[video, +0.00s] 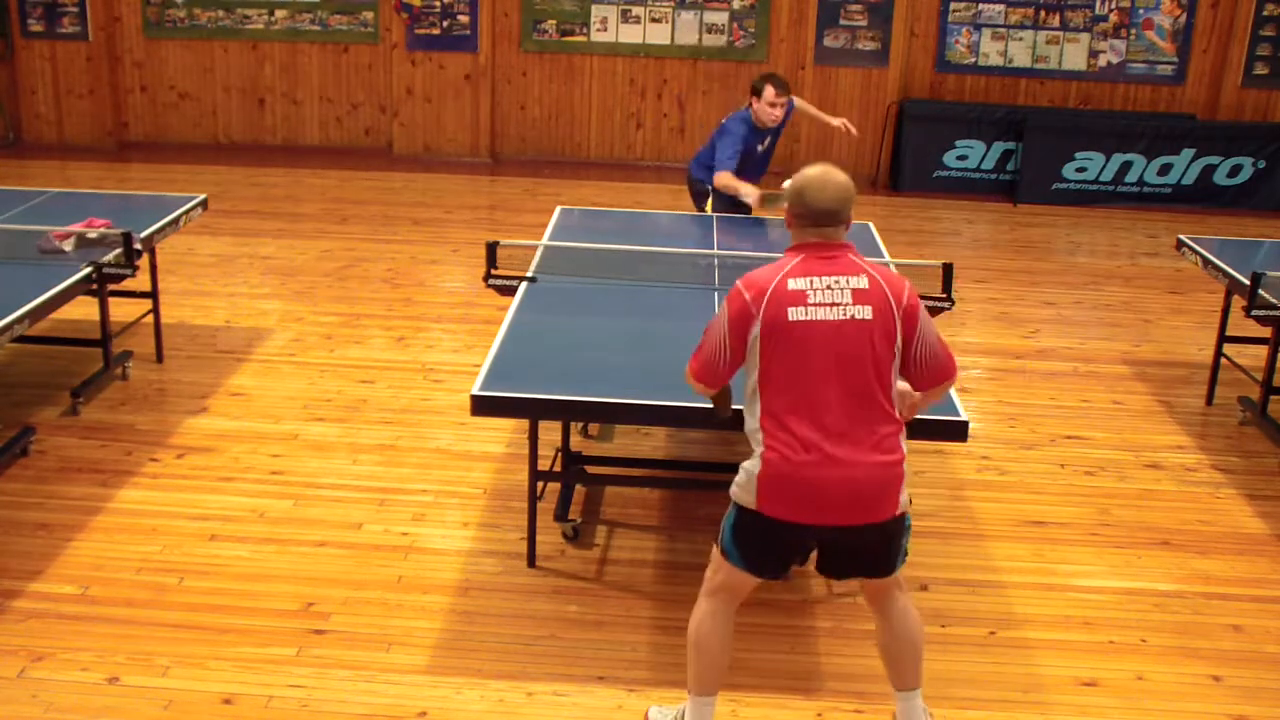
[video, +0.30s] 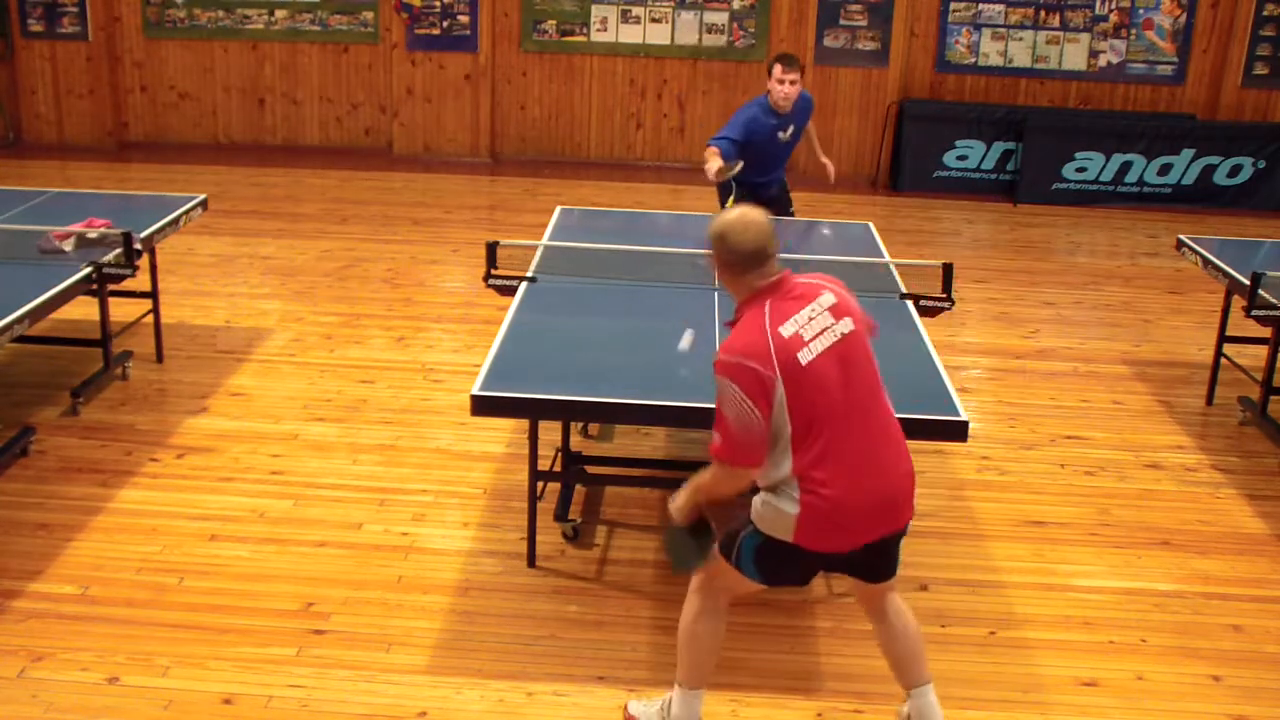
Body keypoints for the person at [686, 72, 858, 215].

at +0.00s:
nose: (777, 114)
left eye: (782, 106)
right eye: (771, 106)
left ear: (787, 105)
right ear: (754, 102)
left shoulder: (777, 115)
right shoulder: (737, 127)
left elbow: (793, 102)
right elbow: (720, 179)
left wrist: (829, 120)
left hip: (742, 182)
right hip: (709, 184)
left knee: (750, 233)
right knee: (723, 238)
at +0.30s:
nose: (786, 89)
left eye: (793, 83)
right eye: (780, 82)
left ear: (800, 85)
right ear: (769, 83)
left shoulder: (804, 103)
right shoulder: (752, 113)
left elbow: (806, 124)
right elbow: (715, 147)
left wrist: (820, 155)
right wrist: (715, 162)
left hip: (773, 182)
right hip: (739, 185)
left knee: (789, 234)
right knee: (740, 243)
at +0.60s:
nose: (797, 58)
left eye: (804, 52)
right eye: (792, 51)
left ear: (815, 55)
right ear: (784, 53)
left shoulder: (833, 87)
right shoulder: (770, 91)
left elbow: (853, 121)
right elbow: (753, 131)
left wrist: (847, 161)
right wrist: (754, 153)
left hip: (815, 173)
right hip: (774, 171)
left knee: (828, 228)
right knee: (753, 221)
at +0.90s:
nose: (764, 79)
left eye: (771, 72)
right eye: (761, 73)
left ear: (789, 73)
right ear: (758, 74)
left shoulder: (809, 101)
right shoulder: (770, 104)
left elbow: (843, 141)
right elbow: (754, 138)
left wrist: (821, 176)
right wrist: (713, 139)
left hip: (822, 193)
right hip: (790, 193)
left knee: (824, 255)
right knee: (790, 252)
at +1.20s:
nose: (771, 57)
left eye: (779, 52)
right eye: (767, 50)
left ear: (791, 55)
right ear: (761, 51)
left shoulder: (809, 84)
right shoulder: (751, 92)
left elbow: (830, 115)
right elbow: (748, 143)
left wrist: (834, 138)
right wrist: (755, 127)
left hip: (793, 169)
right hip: (752, 168)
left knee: (803, 229)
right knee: (737, 223)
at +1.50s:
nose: (786, 37)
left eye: (793, 31)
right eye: (780, 31)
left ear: (802, 34)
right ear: (772, 34)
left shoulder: (820, 70)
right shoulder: (757, 71)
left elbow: (836, 103)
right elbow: (744, 107)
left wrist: (825, 132)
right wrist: (749, 119)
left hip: (797, 153)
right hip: (757, 150)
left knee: (803, 213)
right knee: (741, 206)